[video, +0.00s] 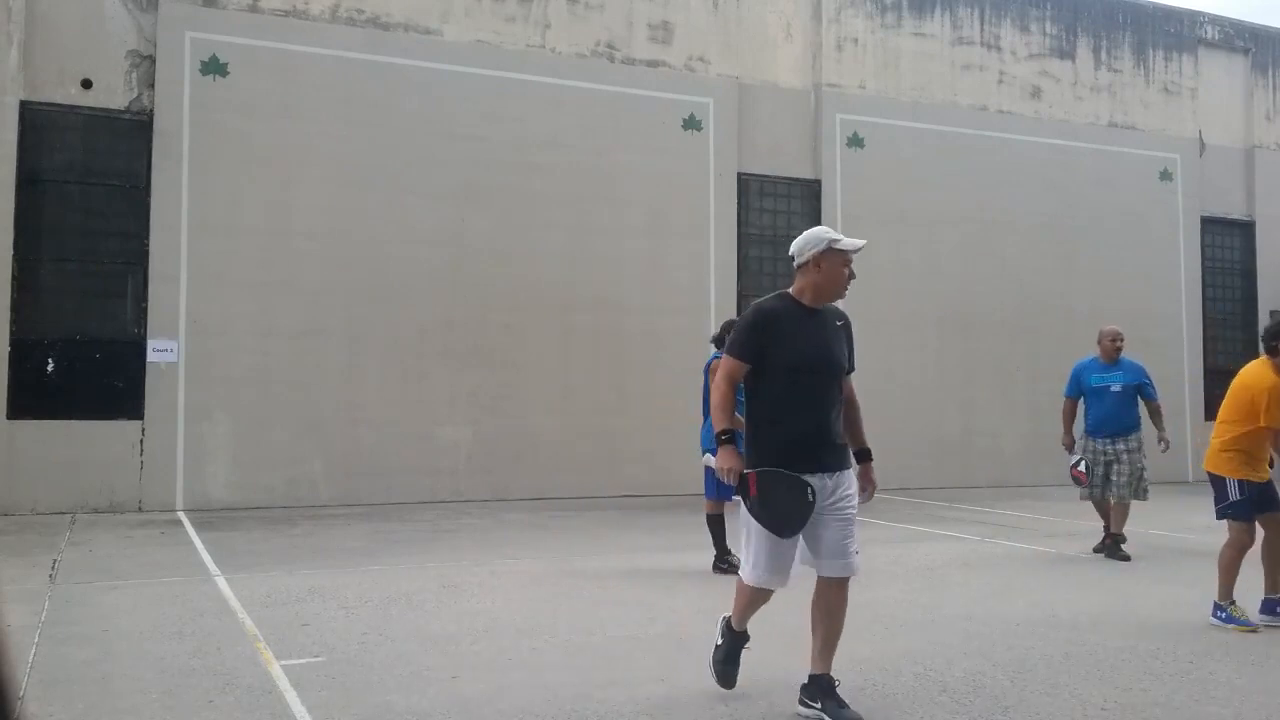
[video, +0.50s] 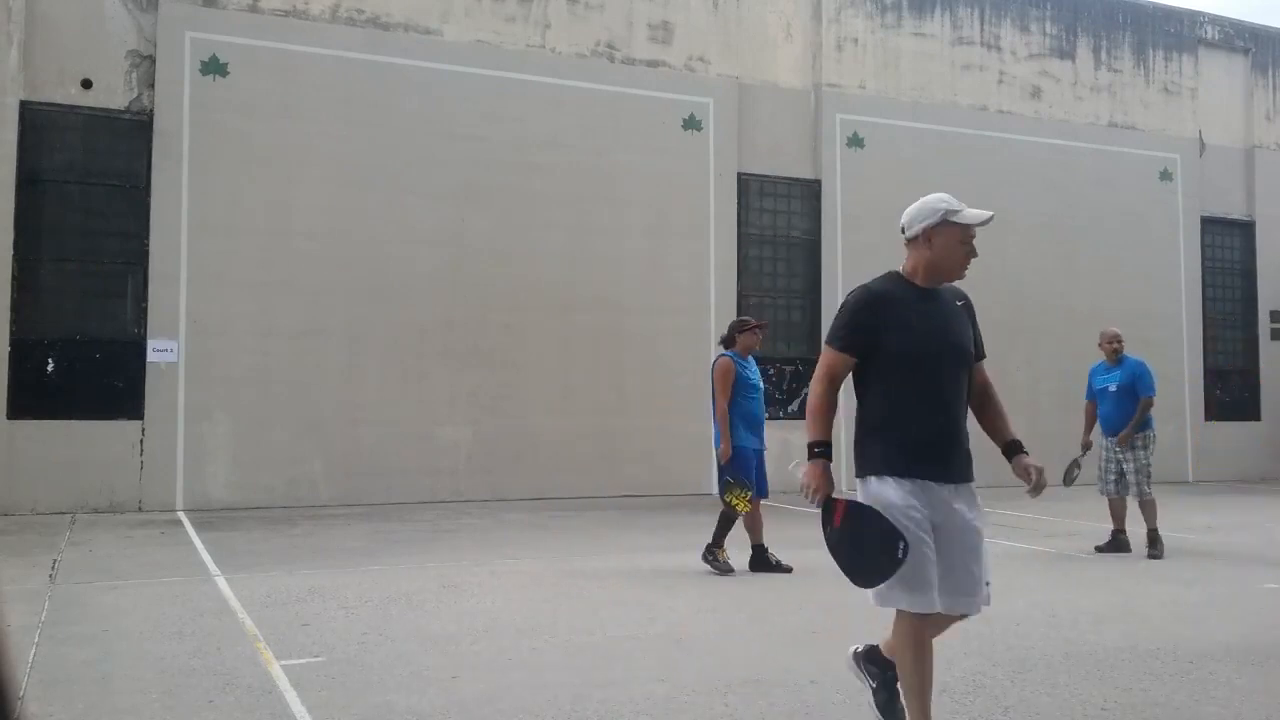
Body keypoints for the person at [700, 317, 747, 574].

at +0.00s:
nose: (745, 345)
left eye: (745, 340)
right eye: (743, 340)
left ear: (725, 336)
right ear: (733, 338)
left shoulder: (729, 364)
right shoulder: (719, 364)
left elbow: (728, 407)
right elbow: (722, 409)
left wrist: (747, 428)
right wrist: (749, 428)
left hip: (727, 439)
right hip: (717, 440)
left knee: (718, 497)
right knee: (715, 497)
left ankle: (724, 553)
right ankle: (721, 554)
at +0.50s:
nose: (759, 336)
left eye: (760, 332)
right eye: (754, 332)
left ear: (752, 338)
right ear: (739, 336)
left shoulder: (749, 363)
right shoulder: (726, 363)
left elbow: (751, 404)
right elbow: (721, 404)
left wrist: (759, 440)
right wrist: (725, 441)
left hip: (755, 442)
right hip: (737, 442)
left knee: (754, 498)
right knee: (738, 496)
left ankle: (759, 554)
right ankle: (715, 548)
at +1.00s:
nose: (706, 338)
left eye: (705, 334)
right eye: (701, 334)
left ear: (693, 339)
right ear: (686, 337)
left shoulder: (691, 364)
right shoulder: (677, 363)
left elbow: (689, 404)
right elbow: (671, 404)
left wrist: (704, 439)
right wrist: (681, 441)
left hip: (703, 442)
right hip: (686, 443)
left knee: (711, 492)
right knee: (685, 496)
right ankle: (691, 553)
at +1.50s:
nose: (649, 345)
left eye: (651, 341)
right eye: (645, 340)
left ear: (645, 343)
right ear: (630, 340)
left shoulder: (636, 365)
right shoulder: (617, 364)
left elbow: (639, 404)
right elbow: (603, 404)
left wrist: (663, 424)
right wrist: (598, 441)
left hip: (627, 437)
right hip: (626, 439)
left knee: (618, 493)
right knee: (645, 489)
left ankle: (613, 552)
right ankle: (629, 550)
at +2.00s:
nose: (601, 338)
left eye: (601, 334)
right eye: (597, 333)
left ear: (589, 337)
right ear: (581, 336)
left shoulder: (595, 358)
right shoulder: (567, 362)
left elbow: (621, 368)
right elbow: (571, 405)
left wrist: (623, 343)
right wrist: (590, 439)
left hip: (582, 442)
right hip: (562, 442)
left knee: (581, 497)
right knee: (553, 498)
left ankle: (585, 552)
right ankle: (545, 559)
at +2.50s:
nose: (599, 340)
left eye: (598, 336)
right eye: (596, 336)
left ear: (579, 339)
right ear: (584, 338)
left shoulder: (562, 361)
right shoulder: (581, 361)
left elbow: (567, 407)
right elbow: (580, 403)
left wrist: (589, 434)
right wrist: (596, 433)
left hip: (552, 439)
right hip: (567, 441)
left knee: (559, 497)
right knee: (578, 498)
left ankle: (561, 551)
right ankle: (549, 558)